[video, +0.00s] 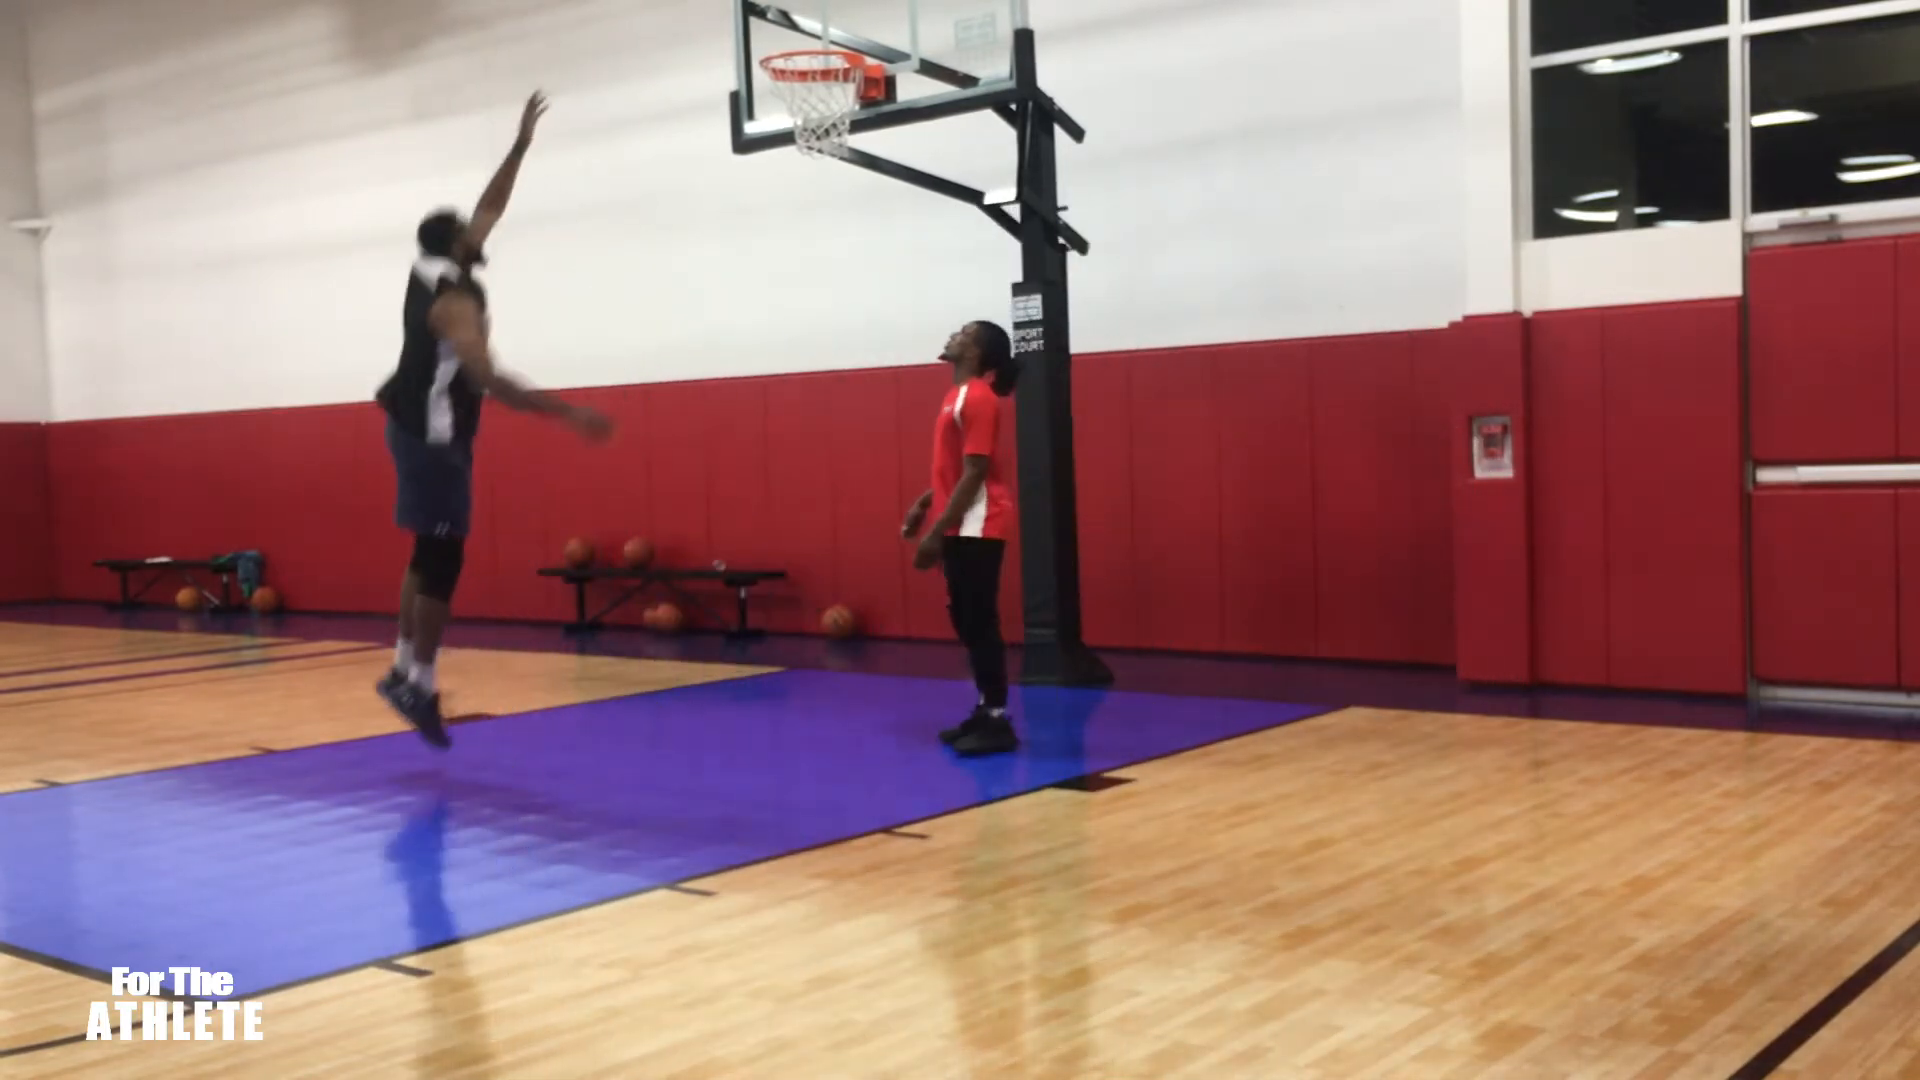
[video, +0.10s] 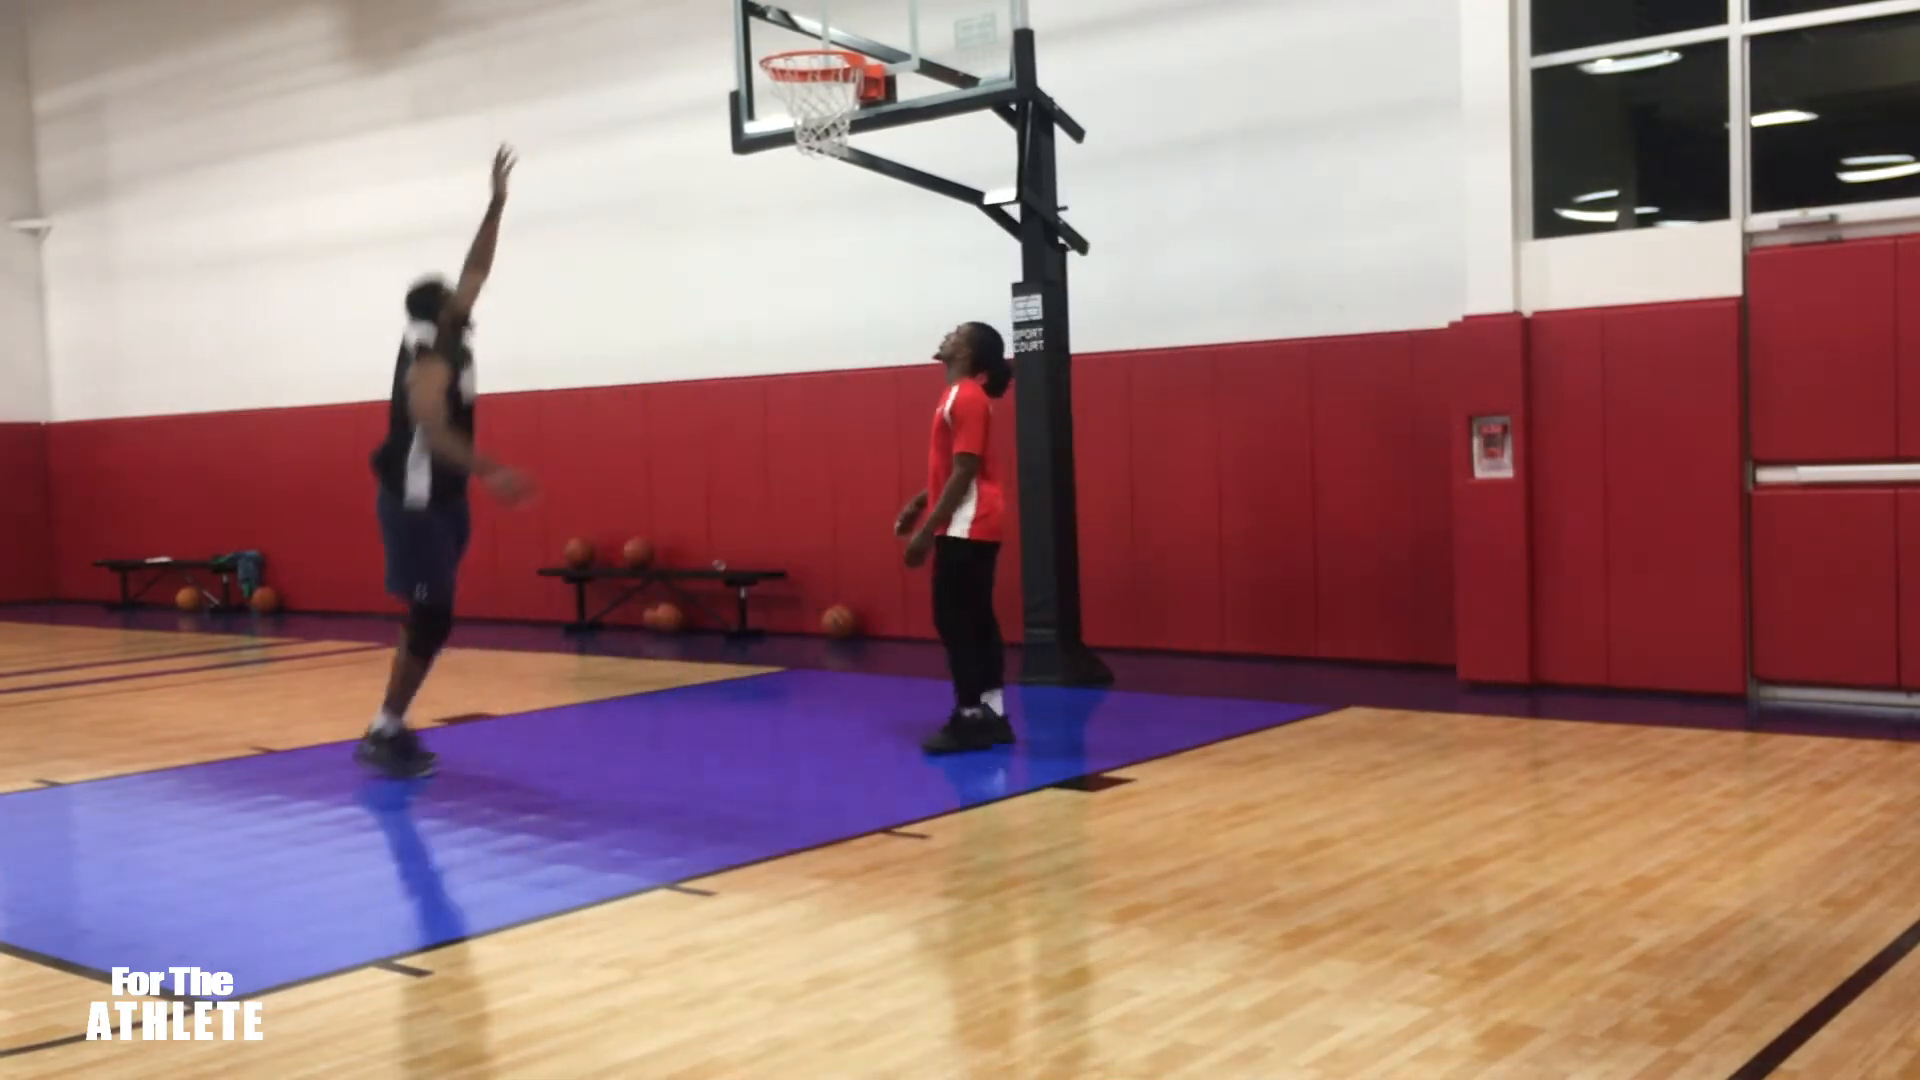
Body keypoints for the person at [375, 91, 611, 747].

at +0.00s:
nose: (477, 234)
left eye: (472, 230)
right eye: (470, 233)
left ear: (439, 243)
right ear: (456, 246)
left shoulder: (434, 265)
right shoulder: (456, 299)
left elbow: (490, 207)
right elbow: (484, 375)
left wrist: (521, 145)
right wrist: (567, 412)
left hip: (415, 422)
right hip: (438, 433)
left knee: (431, 548)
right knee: (445, 554)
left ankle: (405, 669)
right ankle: (419, 682)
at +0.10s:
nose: (461, 305)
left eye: (458, 300)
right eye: (453, 301)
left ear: (435, 312)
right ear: (436, 313)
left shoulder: (446, 333)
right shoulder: (429, 360)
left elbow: (476, 268)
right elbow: (433, 432)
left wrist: (495, 204)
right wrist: (491, 469)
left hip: (433, 496)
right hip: (416, 500)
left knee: (431, 617)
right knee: (430, 618)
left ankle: (391, 724)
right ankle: (385, 728)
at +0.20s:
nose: (457, 336)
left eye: (451, 330)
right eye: (447, 334)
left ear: (433, 350)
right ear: (431, 351)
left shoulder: (448, 382)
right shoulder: (415, 410)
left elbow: (474, 313)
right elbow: (389, 471)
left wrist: (492, 247)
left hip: (434, 542)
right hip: (416, 545)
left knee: (444, 634)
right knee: (466, 634)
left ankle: (385, 733)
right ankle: (392, 730)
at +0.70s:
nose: (440, 301)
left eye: (435, 296)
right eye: (430, 297)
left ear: (421, 311)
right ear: (410, 312)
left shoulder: (443, 347)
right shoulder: (382, 375)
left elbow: (482, 285)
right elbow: (357, 447)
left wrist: (504, 218)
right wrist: (344, 519)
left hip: (444, 508)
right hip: (408, 511)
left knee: (430, 617)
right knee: (427, 616)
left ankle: (388, 725)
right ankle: (386, 726)